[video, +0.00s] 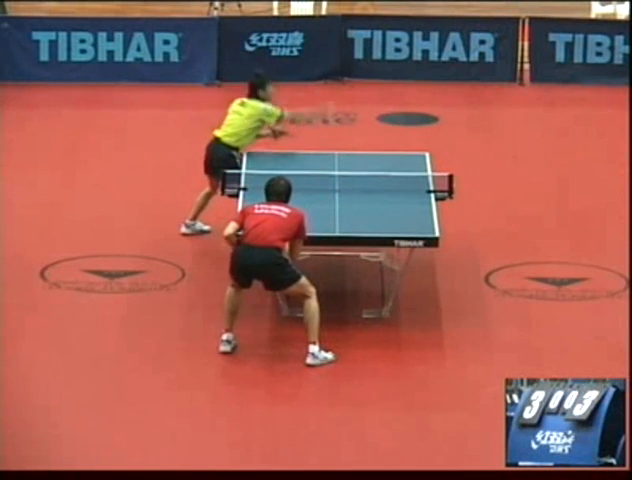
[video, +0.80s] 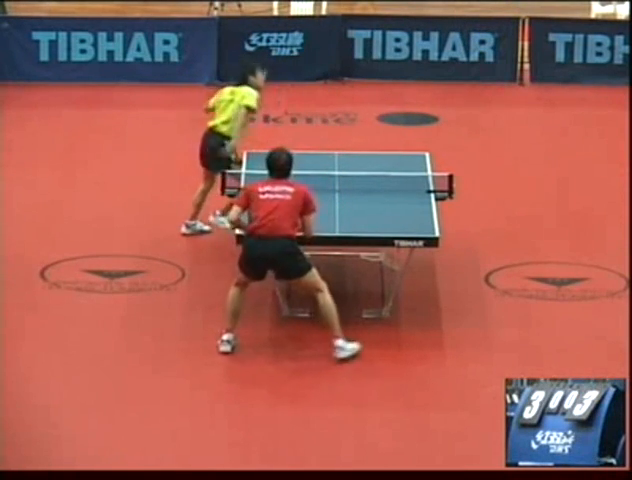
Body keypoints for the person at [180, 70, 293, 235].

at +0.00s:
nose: (272, 91)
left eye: (271, 88)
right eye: (269, 88)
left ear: (253, 90)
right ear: (260, 91)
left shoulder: (238, 103)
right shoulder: (261, 108)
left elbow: (246, 132)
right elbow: (289, 117)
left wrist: (269, 134)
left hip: (215, 144)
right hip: (229, 151)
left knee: (212, 188)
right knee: (241, 190)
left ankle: (191, 221)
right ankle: (244, 227)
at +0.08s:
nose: (267, 85)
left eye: (265, 81)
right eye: (263, 82)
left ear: (247, 86)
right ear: (254, 86)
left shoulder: (234, 100)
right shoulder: (257, 102)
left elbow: (244, 129)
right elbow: (288, 96)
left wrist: (269, 126)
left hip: (213, 144)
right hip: (228, 149)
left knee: (211, 187)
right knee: (244, 188)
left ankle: (191, 222)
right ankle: (245, 227)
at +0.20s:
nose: (256, 76)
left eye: (254, 72)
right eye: (252, 73)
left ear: (238, 79)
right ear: (243, 78)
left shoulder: (228, 96)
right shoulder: (247, 93)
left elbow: (240, 125)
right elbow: (275, 76)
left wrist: (265, 116)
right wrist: (297, 57)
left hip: (211, 142)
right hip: (225, 146)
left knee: (210, 185)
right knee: (246, 183)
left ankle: (191, 221)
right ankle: (248, 224)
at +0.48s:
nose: (244, 67)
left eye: (242, 63)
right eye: (240, 64)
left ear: (228, 70)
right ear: (231, 69)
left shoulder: (218, 89)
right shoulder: (234, 84)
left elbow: (225, 122)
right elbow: (263, 77)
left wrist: (251, 116)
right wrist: (288, 64)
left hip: (205, 135)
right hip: (218, 138)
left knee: (205, 183)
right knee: (235, 180)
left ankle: (190, 221)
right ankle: (242, 223)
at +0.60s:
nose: (248, 67)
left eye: (246, 63)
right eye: (244, 64)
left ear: (231, 70)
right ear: (234, 69)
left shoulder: (217, 90)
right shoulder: (234, 83)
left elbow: (212, 114)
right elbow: (252, 90)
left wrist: (237, 125)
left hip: (205, 133)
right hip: (219, 135)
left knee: (204, 181)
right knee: (235, 176)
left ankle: (191, 221)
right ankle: (241, 219)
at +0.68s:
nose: (253, 68)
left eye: (251, 65)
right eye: (249, 65)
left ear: (235, 71)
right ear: (239, 70)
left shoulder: (221, 89)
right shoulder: (241, 86)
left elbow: (198, 111)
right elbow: (251, 102)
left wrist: (219, 122)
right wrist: (265, 118)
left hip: (206, 133)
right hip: (222, 136)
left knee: (204, 180)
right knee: (236, 176)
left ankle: (191, 221)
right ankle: (240, 220)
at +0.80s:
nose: (263, 81)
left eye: (263, 76)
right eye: (261, 76)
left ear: (245, 78)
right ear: (251, 77)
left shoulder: (227, 90)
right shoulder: (250, 93)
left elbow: (208, 107)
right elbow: (243, 116)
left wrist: (228, 108)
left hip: (210, 133)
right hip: (225, 138)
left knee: (208, 182)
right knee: (242, 179)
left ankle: (192, 220)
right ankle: (223, 214)